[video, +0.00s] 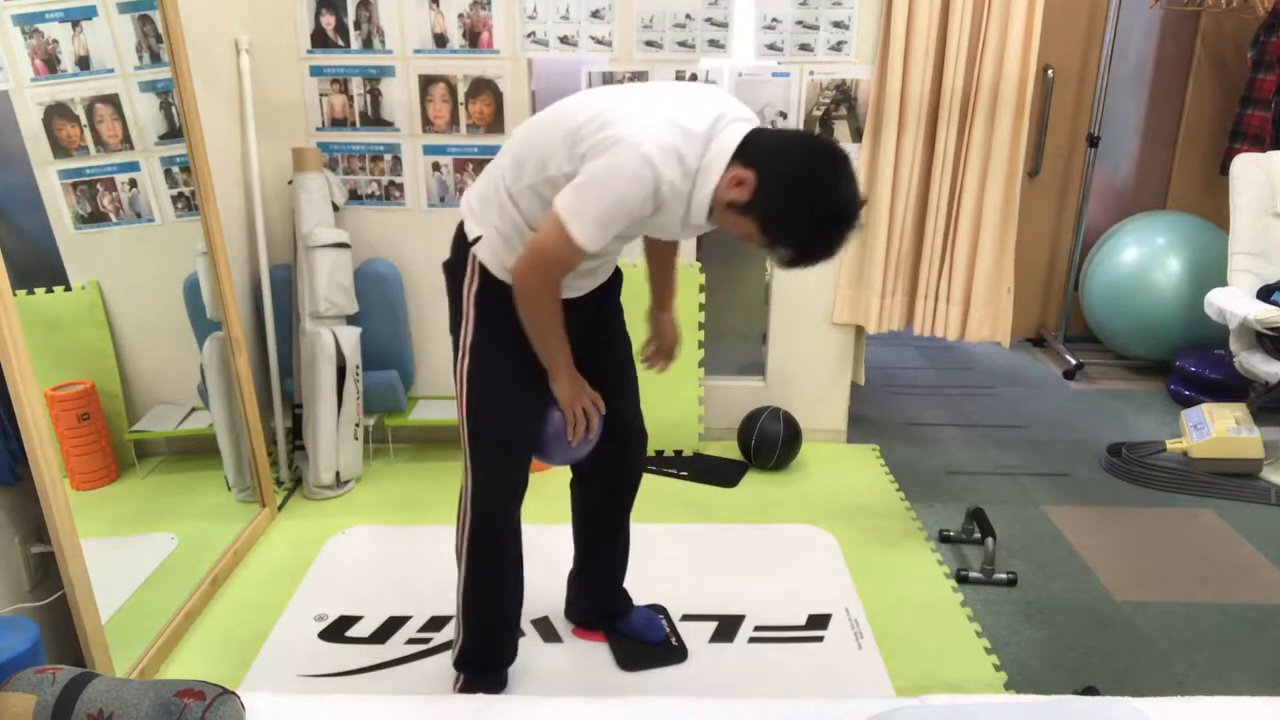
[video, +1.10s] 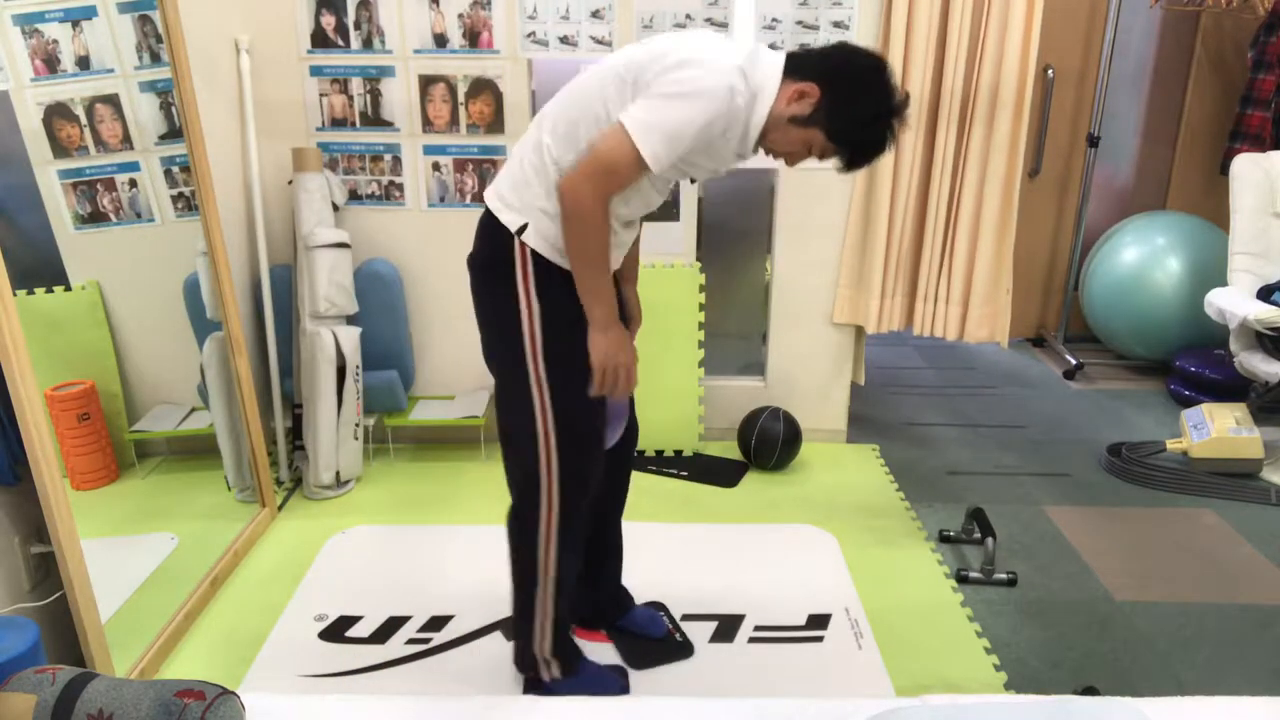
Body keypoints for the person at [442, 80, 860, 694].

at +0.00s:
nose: (745, 246)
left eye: (759, 245)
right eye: (755, 239)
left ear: (743, 178)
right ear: (739, 188)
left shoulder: (736, 140)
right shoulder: (641, 162)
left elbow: (668, 211)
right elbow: (531, 274)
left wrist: (663, 308)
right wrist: (563, 375)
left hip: (589, 266)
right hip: (501, 262)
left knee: (618, 441)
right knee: (498, 474)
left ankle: (597, 600)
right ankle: (482, 664)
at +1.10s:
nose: (799, 159)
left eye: (816, 156)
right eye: (815, 147)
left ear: (802, 94)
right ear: (803, 97)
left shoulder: (738, 105)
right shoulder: (713, 93)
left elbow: (632, 190)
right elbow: (581, 185)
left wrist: (625, 282)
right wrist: (603, 324)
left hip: (584, 252)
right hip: (530, 244)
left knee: (607, 438)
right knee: (558, 454)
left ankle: (598, 601)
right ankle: (545, 655)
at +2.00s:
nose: (746, 36)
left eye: (759, 25)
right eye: (758, 18)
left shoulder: (658, 28)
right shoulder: (614, 39)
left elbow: (585, 175)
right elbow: (530, 189)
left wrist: (600, 299)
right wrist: (565, 340)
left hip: (588, 276)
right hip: (536, 286)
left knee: (607, 444)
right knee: (569, 476)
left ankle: (601, 593)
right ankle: (553, 667)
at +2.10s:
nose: (740, 24)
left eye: (753, 14)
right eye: (749, 7)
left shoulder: (649, 26)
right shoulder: (608, 37)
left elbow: (583, 181)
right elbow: (527, 191)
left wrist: (601, 309)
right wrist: (558, 342)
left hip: (586, 281)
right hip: (542, 290)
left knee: (603, 451)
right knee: (571, 479)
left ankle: (601, 590)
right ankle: (553, 666)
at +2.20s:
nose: (737, 14)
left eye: (744, 5)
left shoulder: (645, 21)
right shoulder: (606, 38)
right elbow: (532, 194)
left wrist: (604, 324)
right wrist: (555, 349)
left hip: (589, 280)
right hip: (549, 292)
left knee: (601, 450)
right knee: (572, 477)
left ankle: (594, 587)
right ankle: (554, 669)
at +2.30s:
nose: (730, 8)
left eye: (737, 1)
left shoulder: (640, 20)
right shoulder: (605, 32)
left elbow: (576, 179)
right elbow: (534, 194)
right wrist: (554, 350)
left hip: (588, 279)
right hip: (550, 291)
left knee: (603, 444)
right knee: (570, 478)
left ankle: (590, 583)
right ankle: (553, 666)